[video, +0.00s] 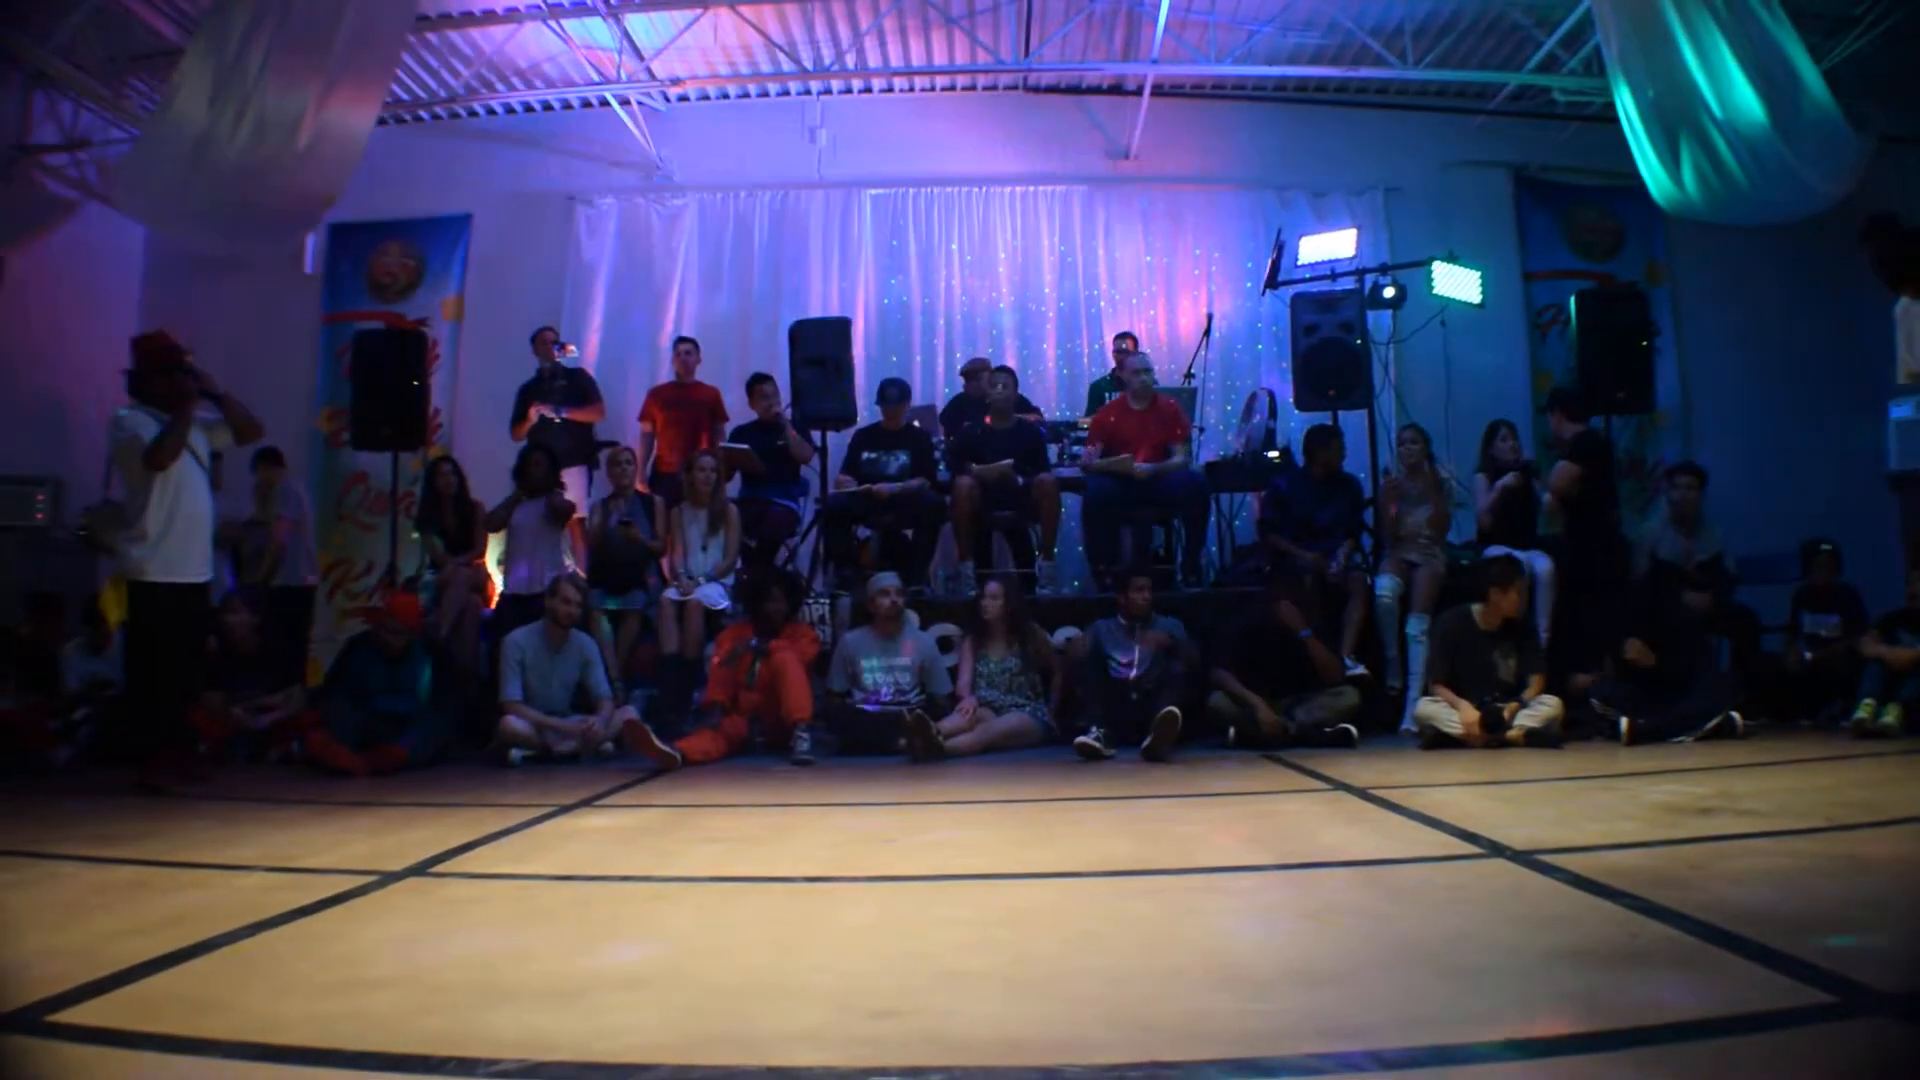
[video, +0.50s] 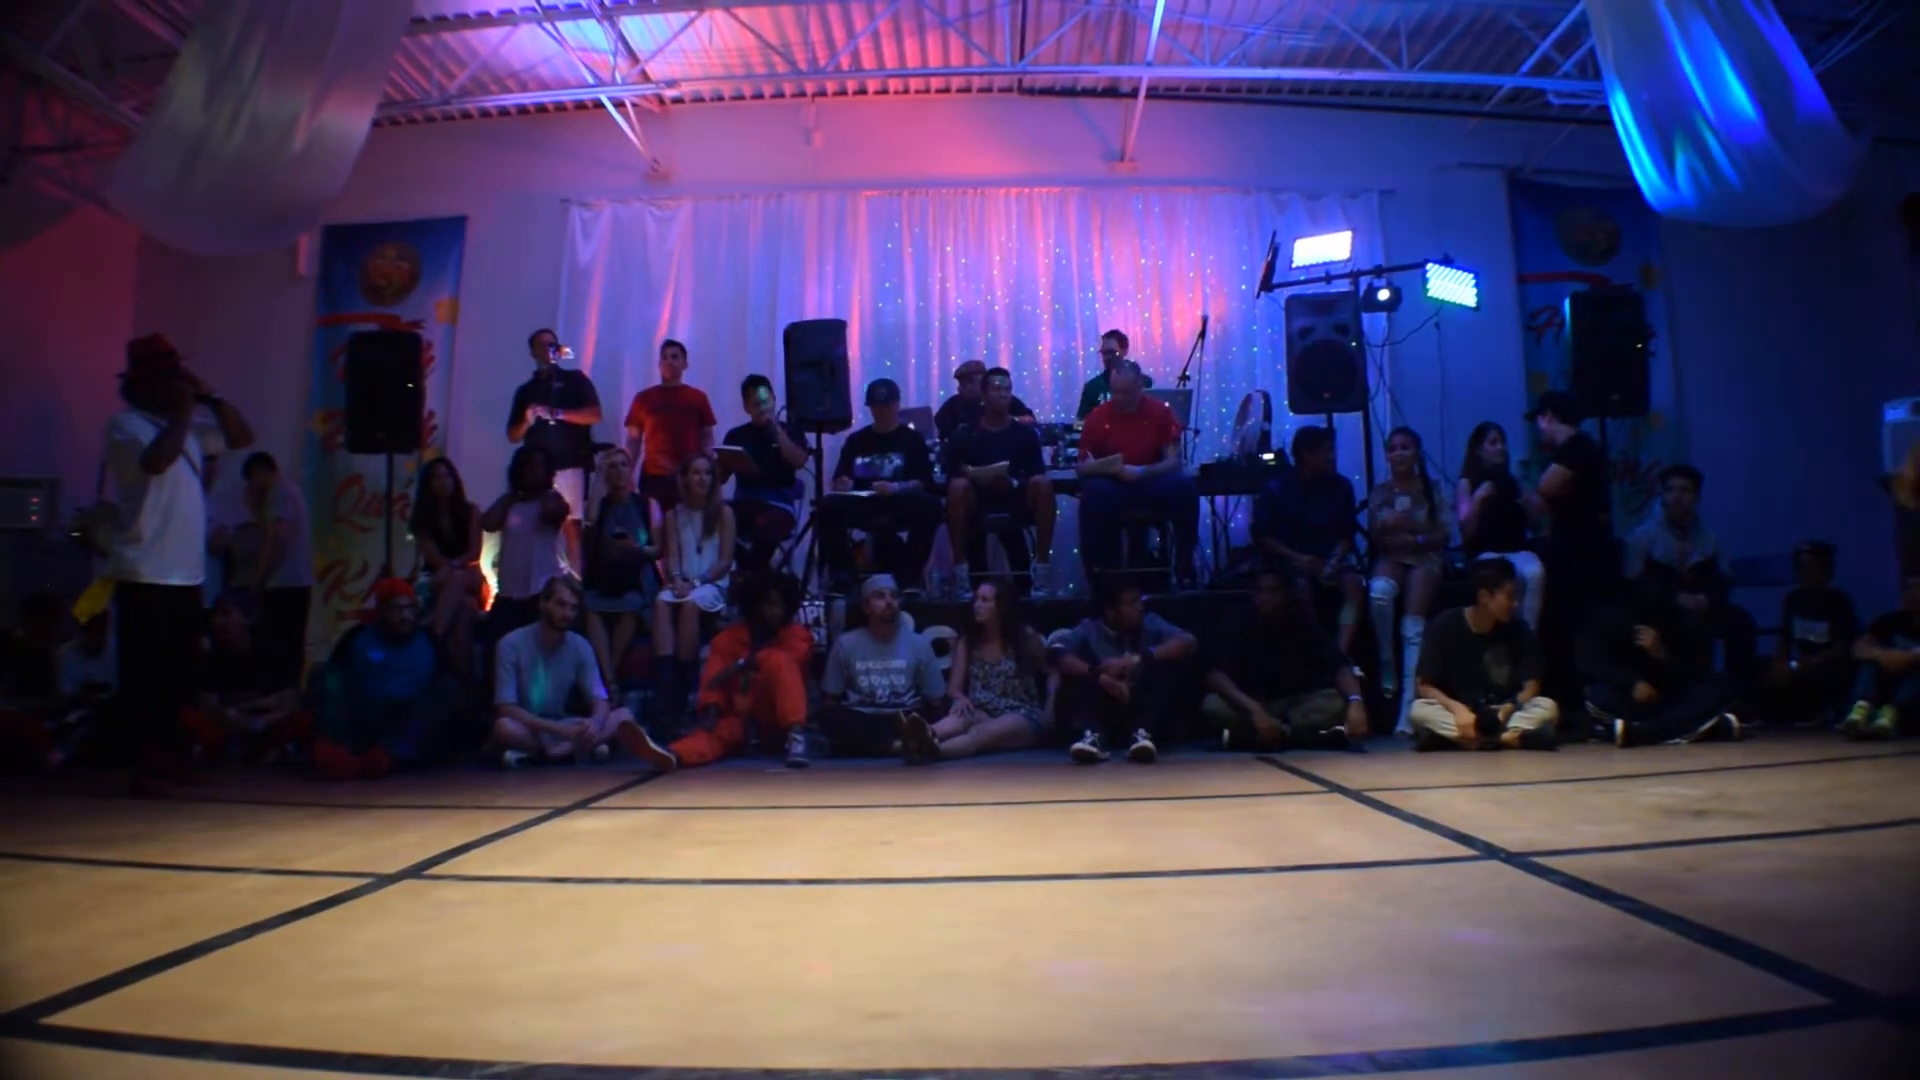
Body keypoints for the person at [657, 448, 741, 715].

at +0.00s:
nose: (707, 477)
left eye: (712, 471)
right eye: (701, 471)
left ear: (719, 477)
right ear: (689, 476)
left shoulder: (728, 511)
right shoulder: (679, 512)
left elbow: (731, 558)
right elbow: (676, 553)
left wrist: (705, 580)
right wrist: (680, 578)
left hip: (718, 578)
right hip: (687, 578)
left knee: (694, 604)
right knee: (667, 602)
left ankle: (688, 675)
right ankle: (669, 674)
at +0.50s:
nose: (702, 479)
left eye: (707, 473)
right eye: (696, 473)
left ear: (713, 479)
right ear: (683, 479)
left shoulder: (723, 513)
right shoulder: (673, 517)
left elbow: (725, 561)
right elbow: (671, 558)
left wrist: (699, 582)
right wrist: (676, 580)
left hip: (712, 580)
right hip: (682, 581)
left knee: (690, 606)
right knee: (662, 603)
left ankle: (685, 679)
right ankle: (664, 677)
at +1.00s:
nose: (702, 479)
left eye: (707, 474)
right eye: (696, 474)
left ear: (713, 480)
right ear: (683, 479)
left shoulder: (722, 514)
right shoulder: (672, 516)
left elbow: (725, 560)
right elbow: (669, 557)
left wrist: (698, 582)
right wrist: (674, 580)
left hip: (710, 581)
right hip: (678, 581)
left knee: (689, 605)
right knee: (661, 603)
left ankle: (683, 679)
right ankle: (664, 677)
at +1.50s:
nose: (700, 478)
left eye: (705, 473)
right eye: (694, 473)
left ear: (711, 479)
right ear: (682, 478)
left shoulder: (720, 513)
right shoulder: (671, 516)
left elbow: (723, 560)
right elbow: (668, 556)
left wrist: (697, 582)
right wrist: (673, 580)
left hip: (709, 581)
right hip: (678, 580)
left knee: (688, 606)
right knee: (659, 603)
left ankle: (682, 679)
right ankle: (662, 676)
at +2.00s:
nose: (699, 478)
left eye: (705, 473)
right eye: (693, 472)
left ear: (712, 478)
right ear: (682, 478)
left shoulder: (722, 514)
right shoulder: (671, 515)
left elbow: (724, 559)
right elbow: (669, 556)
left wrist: (699, 581)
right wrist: (671, 578)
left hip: (710, 580)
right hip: (678, 580)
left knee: (688, 607)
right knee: (660, 606)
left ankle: (682, 683)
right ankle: (662, 681)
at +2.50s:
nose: (700, 477)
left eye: (705, 472)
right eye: (694, 472)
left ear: (712, 478)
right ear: (682, 478)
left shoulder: (722, 514)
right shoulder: (671, 516)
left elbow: (724, 560)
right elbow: (669, 557)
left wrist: (698, 582)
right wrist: (673, 581)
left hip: (709, 581)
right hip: (678, 581)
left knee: (688, 608)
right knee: (659, 605)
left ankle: (682, 684)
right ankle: (662, 683)